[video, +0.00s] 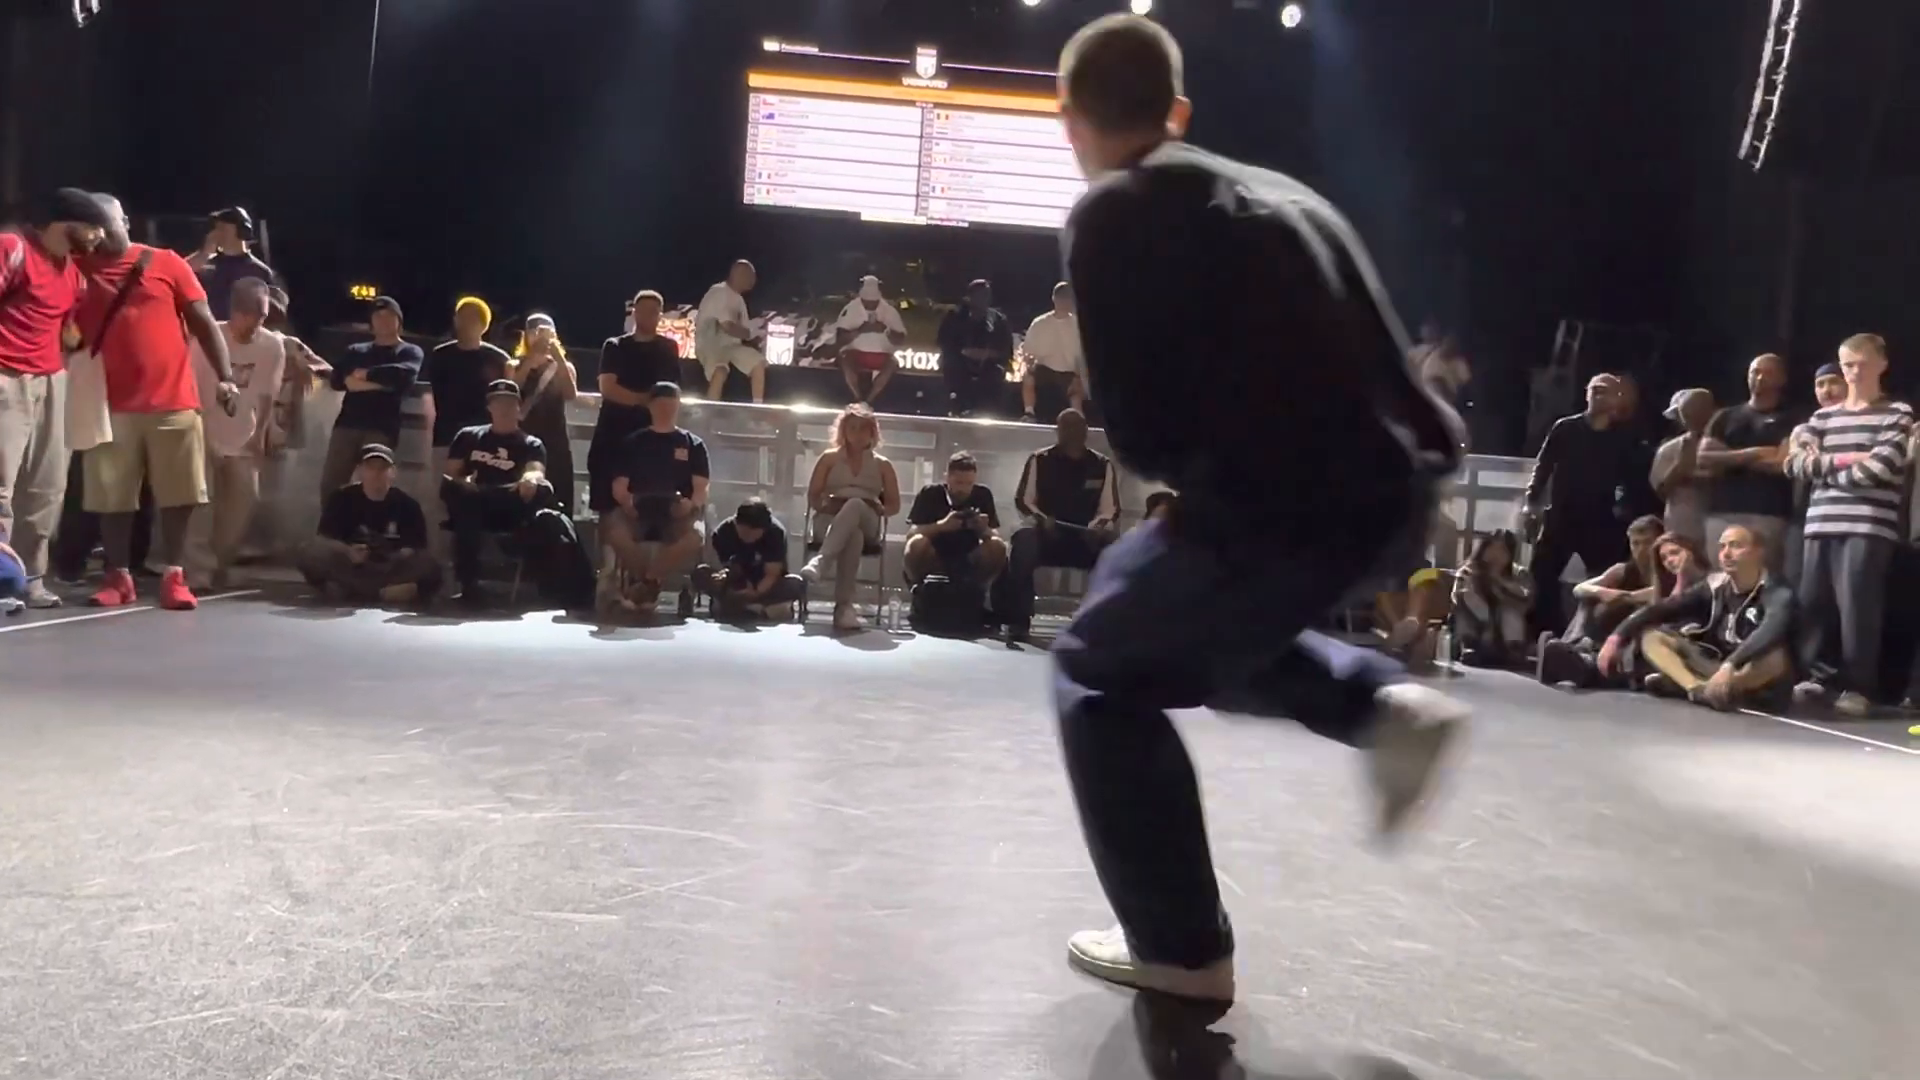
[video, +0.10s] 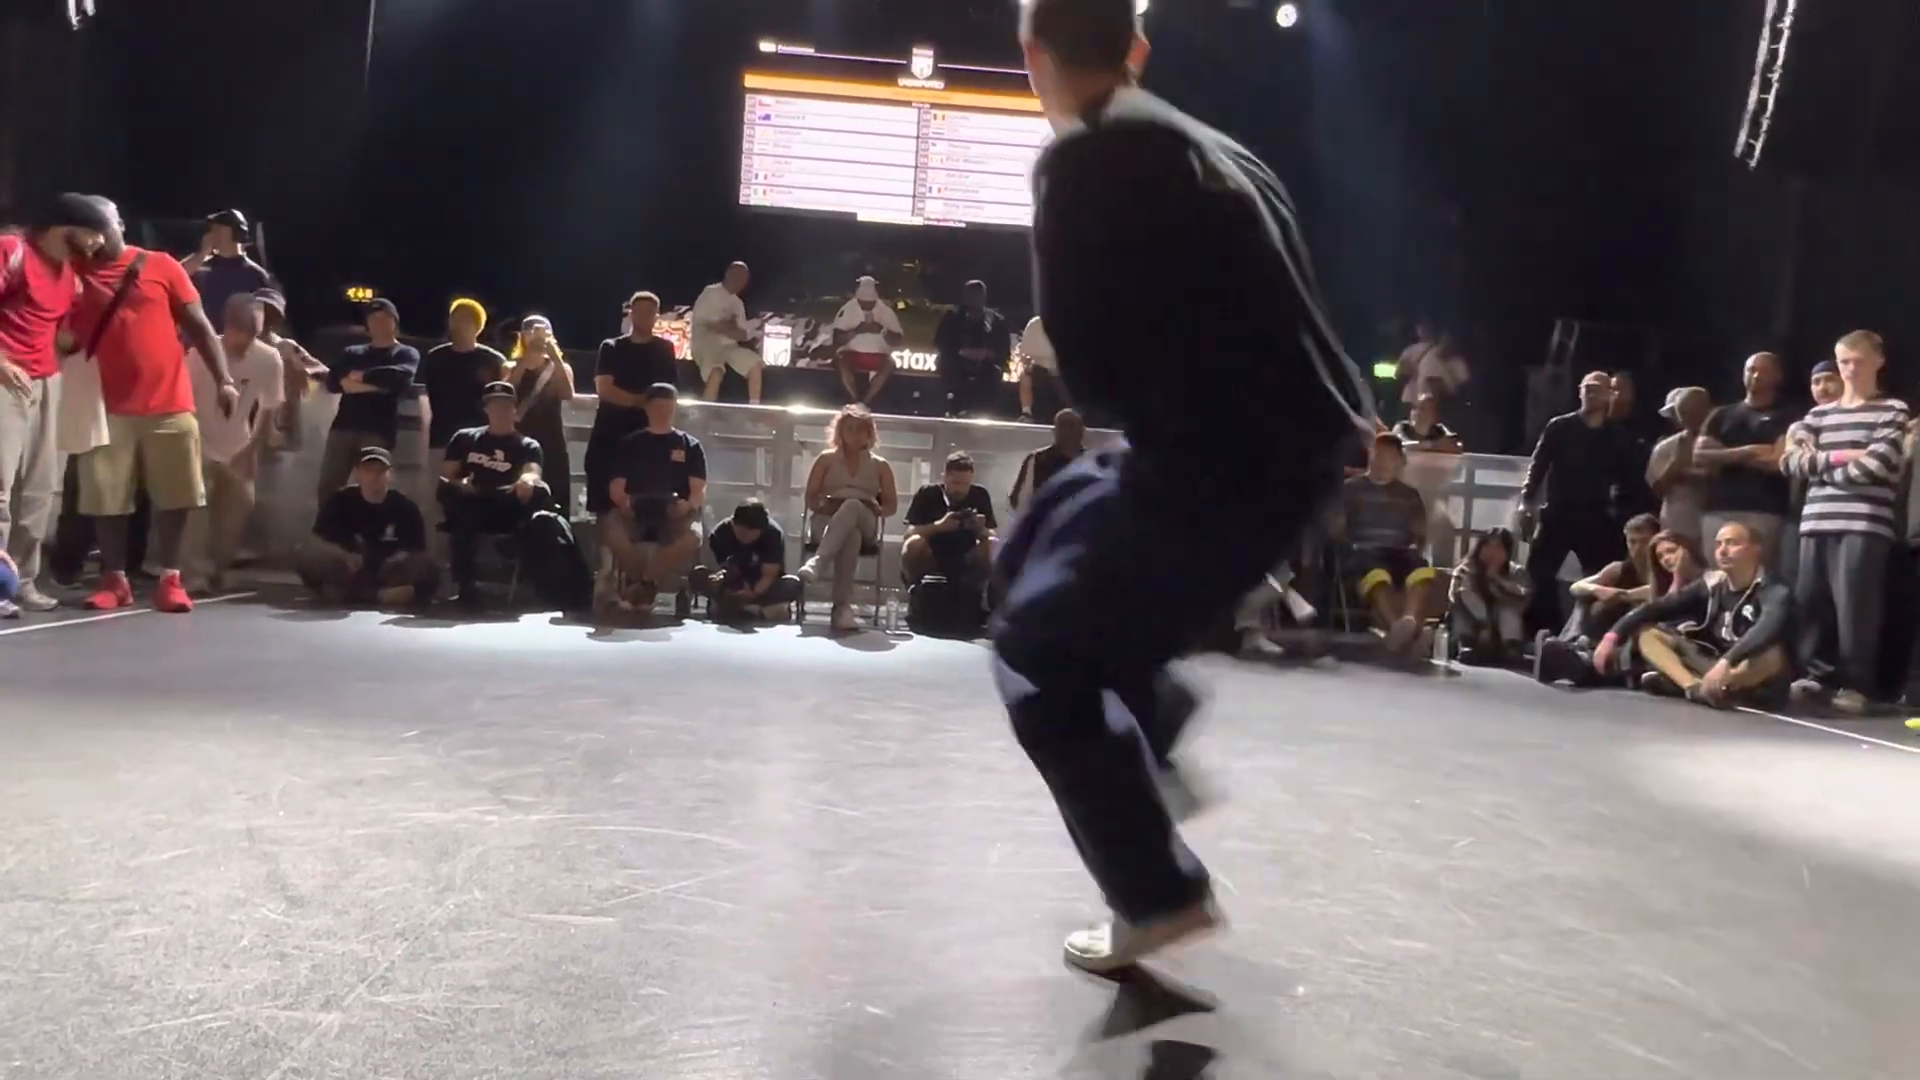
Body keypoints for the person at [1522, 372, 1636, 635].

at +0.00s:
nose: (1597, 396)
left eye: (1604, 392)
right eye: (1594, 390)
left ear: (1617, 401)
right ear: (1586, 396)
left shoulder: (1622, 439)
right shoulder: (1565, 429)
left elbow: (1634, 483)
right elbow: (1542, 468)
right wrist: (1530, 504)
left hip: (1601, 520)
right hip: (1561, 518)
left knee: (1610, 582)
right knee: (1542, 576)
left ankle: (1605, 641)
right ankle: (1544, 635)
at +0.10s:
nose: (1589, 394)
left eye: (1596, 389)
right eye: (1586, 389)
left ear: (1610, 396)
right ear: (1579, 394)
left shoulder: (1618, 435)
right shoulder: (1559, 427)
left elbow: (1630, 481)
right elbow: (1538, 467)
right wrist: (1525, 503)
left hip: (1598, 519)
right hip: (1558, 517)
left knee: (1606, 581)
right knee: (1539, 574)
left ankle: (1602, 640)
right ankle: (1543, 635)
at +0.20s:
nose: (1581, 393)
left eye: (1588, 389)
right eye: (1579, 388)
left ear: (1604, 395)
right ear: (1573, 393)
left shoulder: (1614, 432)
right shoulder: (1555, 426)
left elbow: (1626, 476)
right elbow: (1534, 466)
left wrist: (1619, 507)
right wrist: (1521, 501)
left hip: (1597, 517)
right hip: (1555, 516)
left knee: (1605, 579)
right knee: (1535, 573)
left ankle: (1602, 637)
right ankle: (1545, 630)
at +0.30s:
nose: (1581, 394)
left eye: (1588, 390)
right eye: (1578, 389)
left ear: (1602, 396)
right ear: (1571, 393)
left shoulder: (1615, 433)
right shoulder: (1553, 428)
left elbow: (1624, 477)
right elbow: (1533, 469)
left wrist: (1620, 510)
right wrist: (1522, 504)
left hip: (1598, 517)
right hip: (1556, 516)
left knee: (1603, 578)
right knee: (1537, 572)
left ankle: (1599, 637)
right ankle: (1544, 630)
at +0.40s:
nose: (1580, 394)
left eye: (1587, 390)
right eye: (1577, 389)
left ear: (1603, 395)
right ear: (1572, 394)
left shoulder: (1617, 434)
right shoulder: (1556, 428)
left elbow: (1627, 477)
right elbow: (1536, 470)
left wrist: (1623, 513)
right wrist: (1527, 506)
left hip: (1601, 519)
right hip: (1560, 518)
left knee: (1604, 581)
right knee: (1540, 572)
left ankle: (1602, 639)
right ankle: (1547, 633)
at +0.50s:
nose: (1581, 391)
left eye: (1588, 386)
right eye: (1578, 386)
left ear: (1602, 393)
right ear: (1572, 390)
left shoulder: (1617, 431)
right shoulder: (1555, 426)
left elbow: (1626, 475)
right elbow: (1536, 468)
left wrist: (1622, 510)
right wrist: (1529, 505)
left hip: (1601, 517)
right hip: (1559, 515)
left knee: (1606, 579)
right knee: (1539, 570)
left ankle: (1604, 637)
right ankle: (1546, 630)